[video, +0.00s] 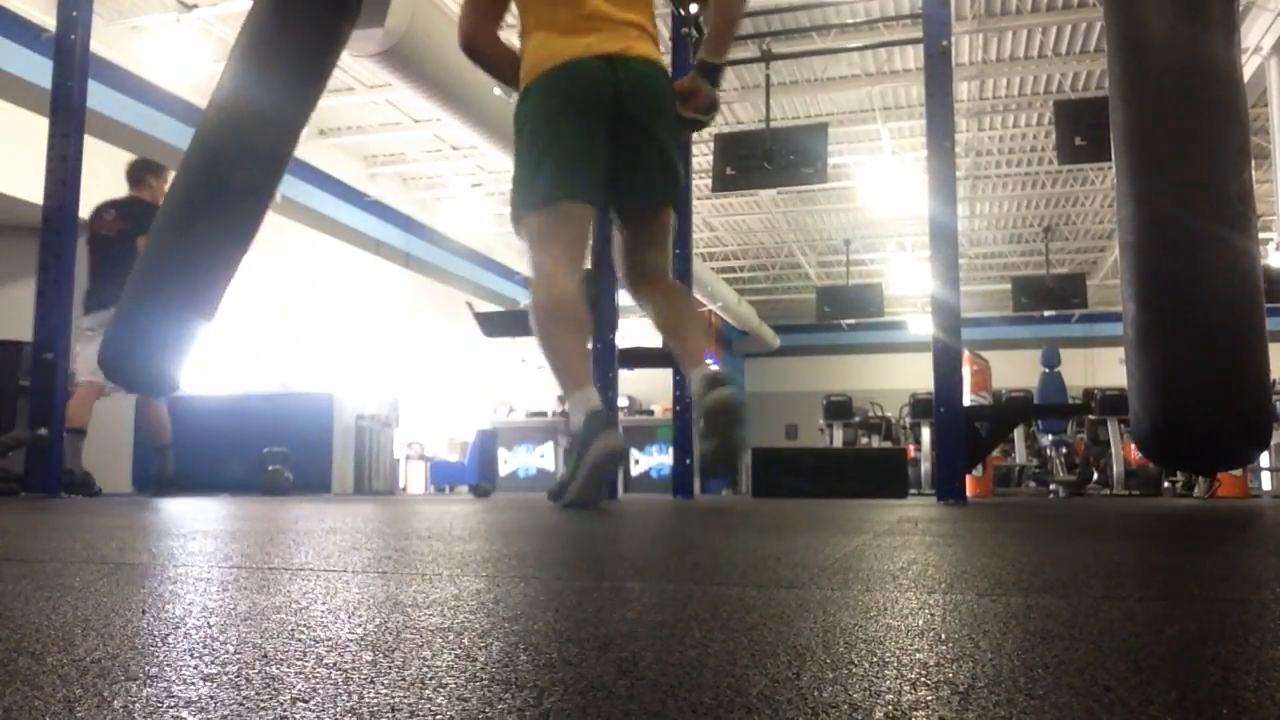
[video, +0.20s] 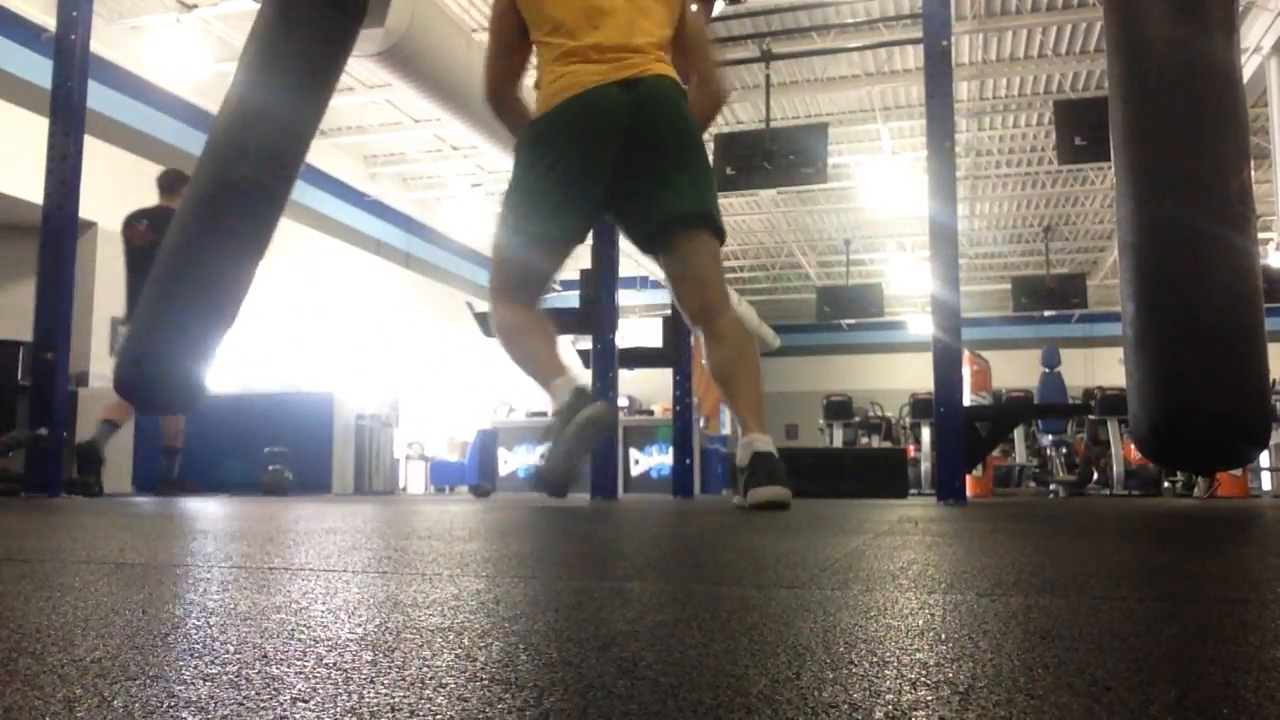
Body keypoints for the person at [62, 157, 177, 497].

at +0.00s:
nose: (164, 190)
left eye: (164, 184)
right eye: (163, 184)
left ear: (131, 180)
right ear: (151, 181)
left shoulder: (102, 210)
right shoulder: (152, 214)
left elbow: (93, 263)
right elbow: (152, 258)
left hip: (96, 311)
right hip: (137, 311)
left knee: (86, 387)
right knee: (152, 392)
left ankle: (70, 468)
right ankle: (166, 471)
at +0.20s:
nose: (188, 198)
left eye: (185, 192)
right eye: (188, 192)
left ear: (159, 190)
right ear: (184, 192)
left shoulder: (133, 221)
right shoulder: (187, 225)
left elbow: (133, 276)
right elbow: (195, 277)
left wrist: (131, 322)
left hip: (138, 326)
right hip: (175, 327)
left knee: (129, 393)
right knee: (174, 401)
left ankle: (95, 444)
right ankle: (170, 475)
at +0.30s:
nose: (202, 202)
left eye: (201, 196)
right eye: (202, 197)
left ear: (171, 194)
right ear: (198, 196)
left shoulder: (145, 223)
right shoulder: (199, 226)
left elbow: (140, 273)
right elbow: (210, 273)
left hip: (149, 321)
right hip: (184, 321)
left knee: (152, 388)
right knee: (180, 393)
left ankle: (126, 436)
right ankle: (171, 474)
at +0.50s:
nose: (220, 210)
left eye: (218, 205)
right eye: (220, 206)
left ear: (192, 203)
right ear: (217, 205)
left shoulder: (172, 229)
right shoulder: (216, 231)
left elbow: (165, 288)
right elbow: (224, 281)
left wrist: (174, 320)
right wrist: (245, 317)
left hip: (176, 311)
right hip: (202, 314)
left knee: (196, 392)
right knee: (190, 389)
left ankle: (191, 464)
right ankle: (171, 464)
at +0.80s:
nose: (245, 227)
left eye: (239, 221)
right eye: (246, 222)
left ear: (221, 219)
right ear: (245, 221)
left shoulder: (204, 246)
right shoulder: (244, 248)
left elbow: (206, 297)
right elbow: (250, 293)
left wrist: (216, 324)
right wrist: (279, 334)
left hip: (214, 331)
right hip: (238, 332)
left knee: (218, 399)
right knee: (232, 400)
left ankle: (226, 468)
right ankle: (194, 456)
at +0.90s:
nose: (256, 230)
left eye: (254, 225)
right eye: (256, 225)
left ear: (231, 223)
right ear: (253, 224)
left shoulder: (215, 249)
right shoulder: (251, 250)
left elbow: (214, 300)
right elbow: (257, 296)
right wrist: (283, 337)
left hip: (225, 338)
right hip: (250, 338)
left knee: (222, 402)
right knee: (260, 400)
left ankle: (223, 472)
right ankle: (221, 442)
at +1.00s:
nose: (265, 233)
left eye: (262, 227)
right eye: (265, 228)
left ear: (242, 224)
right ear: (264, 226)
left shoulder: (224, 250)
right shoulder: (259, 252)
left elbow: (222, 302)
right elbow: (261, 297)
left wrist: (233, 330)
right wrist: (280, 339)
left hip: (234, 335)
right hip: (259, 335)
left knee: (232, 398)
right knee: (277, 398)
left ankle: (228, 464)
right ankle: (249, 452)